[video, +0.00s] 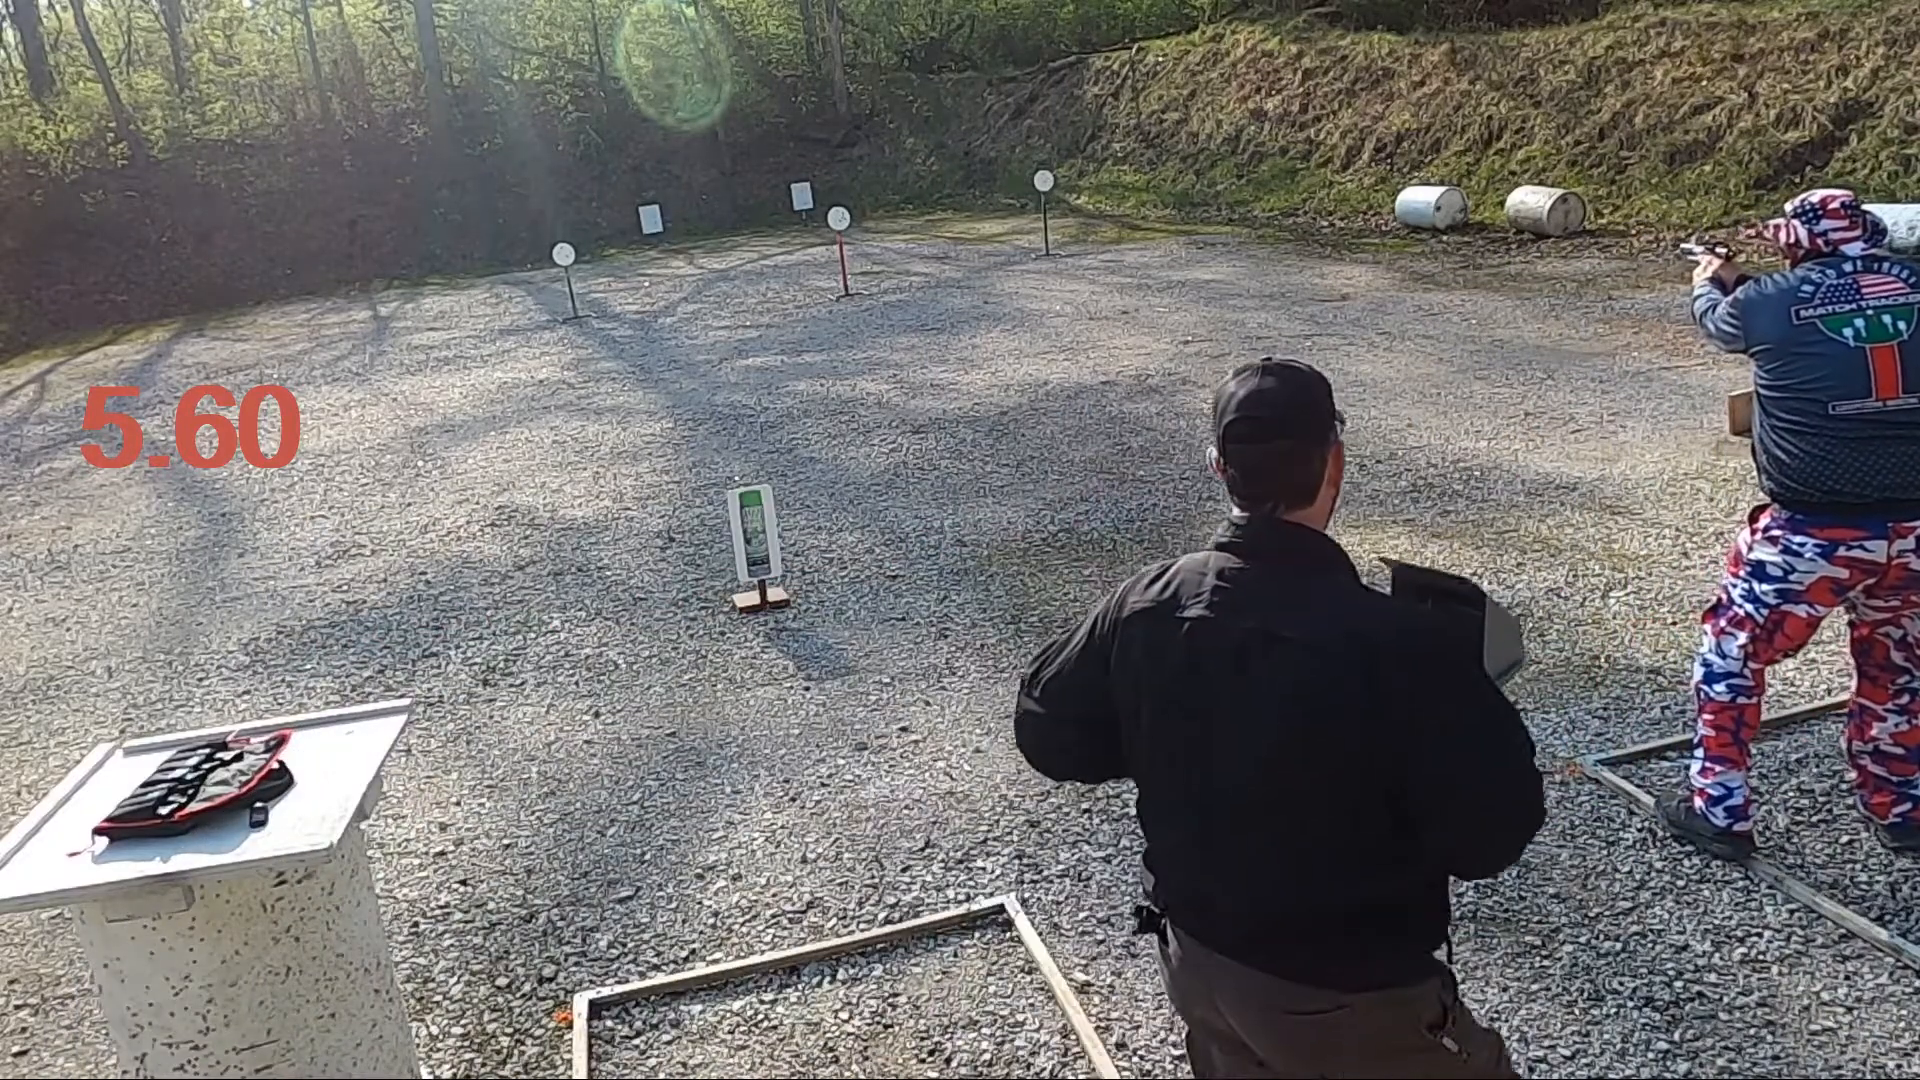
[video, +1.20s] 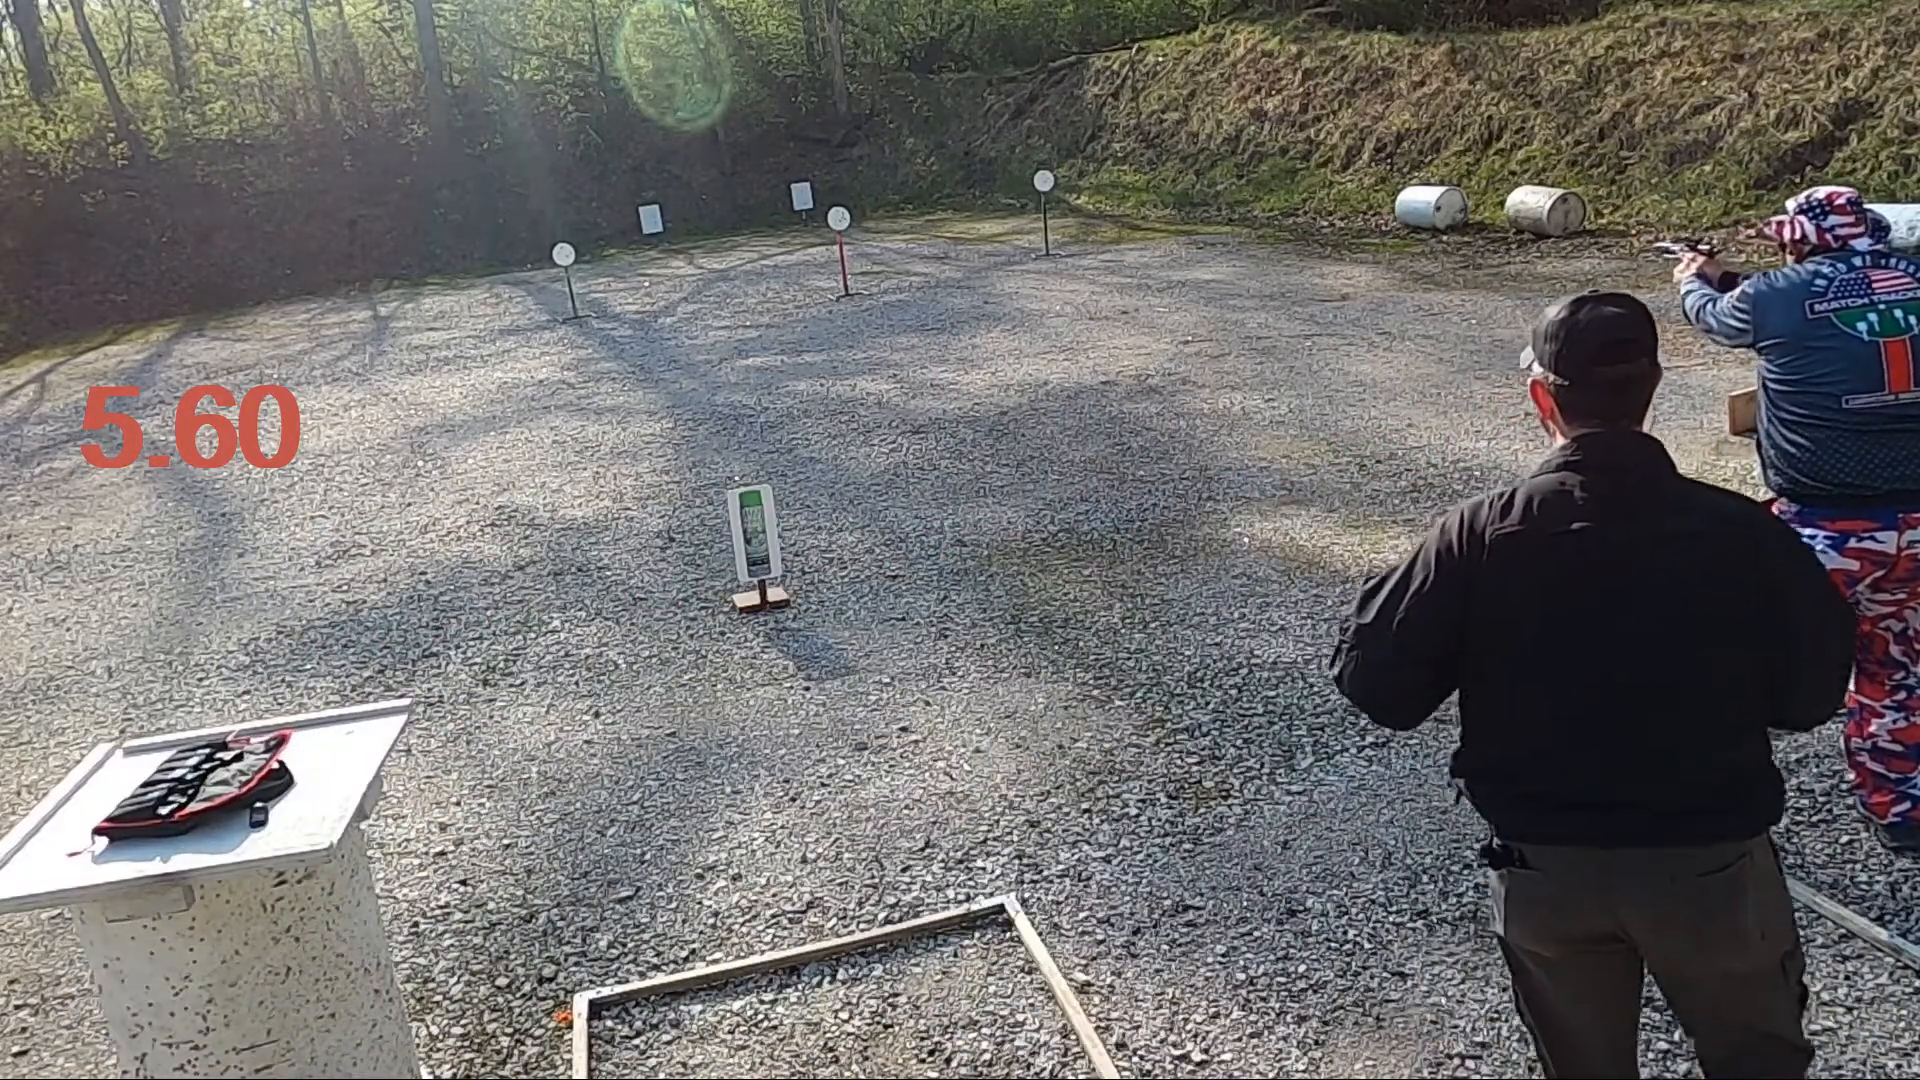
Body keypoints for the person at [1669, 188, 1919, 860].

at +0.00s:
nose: (1789, 245)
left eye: (1791, 236)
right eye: (1786, 235)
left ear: (1804, 244)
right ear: (1868, 234)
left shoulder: (1771, 298)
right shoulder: (1910, 286)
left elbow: (1712, 317)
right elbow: (1867, 270)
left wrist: (1710, 277)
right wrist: (1807, 250)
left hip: (1811, 531)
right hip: (1911, 529)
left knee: (1731, 649)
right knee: (1897, 675)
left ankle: (1720, 812)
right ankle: (1903, 811)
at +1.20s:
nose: (1787, 252)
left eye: (1790, 243)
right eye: (1786, 244)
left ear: (1804, 244)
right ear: (1867, 233)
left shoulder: (1777, 294)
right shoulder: (1908, 282)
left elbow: (1709, 310)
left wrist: (1688, 272)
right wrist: (1741, 277)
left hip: (1822, 531)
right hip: (1911, 526)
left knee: (1789, 658)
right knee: (1896, 673)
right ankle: (1901, 810)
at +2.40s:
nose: (1779, 229)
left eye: (1784, 219)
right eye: (1781, 219)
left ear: (1800, 221)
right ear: (1865, 210)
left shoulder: (1764, 286)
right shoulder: (1908, 256)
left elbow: (1715, 351)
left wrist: (1712, 296)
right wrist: (1740, 297)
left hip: (1823, 503)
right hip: (1911, 490)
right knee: (1898, 651)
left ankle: (1899, 806)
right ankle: (1900, 802)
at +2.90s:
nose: (1736, 240)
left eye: (1739, 227)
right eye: (1736, 227)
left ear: (1761, 227)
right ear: (1822, 211)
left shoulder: (1731, 305)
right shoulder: (1889, 263)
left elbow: (1696, 405)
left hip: (1813, 516)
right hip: (1907, 494)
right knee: (1897, 655)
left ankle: (1902, 813)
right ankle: (1902, 806)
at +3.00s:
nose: (1706, 250)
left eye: (1707, 237)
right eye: (1703, 237)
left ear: (1732, 237)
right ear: (1788, 220)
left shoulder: (1715, 314)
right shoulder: (1859, 270)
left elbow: (1686, 411)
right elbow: (1862, 368)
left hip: (1781, 524)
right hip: (1878, 508)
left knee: (1783, 662)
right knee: (1887, 657)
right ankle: (1900, 807)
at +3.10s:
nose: (1674, 267)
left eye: (1675, 253)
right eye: (1670, 254)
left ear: (1702, 250)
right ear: (1757, 231)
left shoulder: (1706, 312)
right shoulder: (1823, 272)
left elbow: (1691, 406)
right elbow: (1838, 370)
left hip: (1765, 489)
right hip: (1845, 473)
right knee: (1864, 627)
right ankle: (1891, 790)